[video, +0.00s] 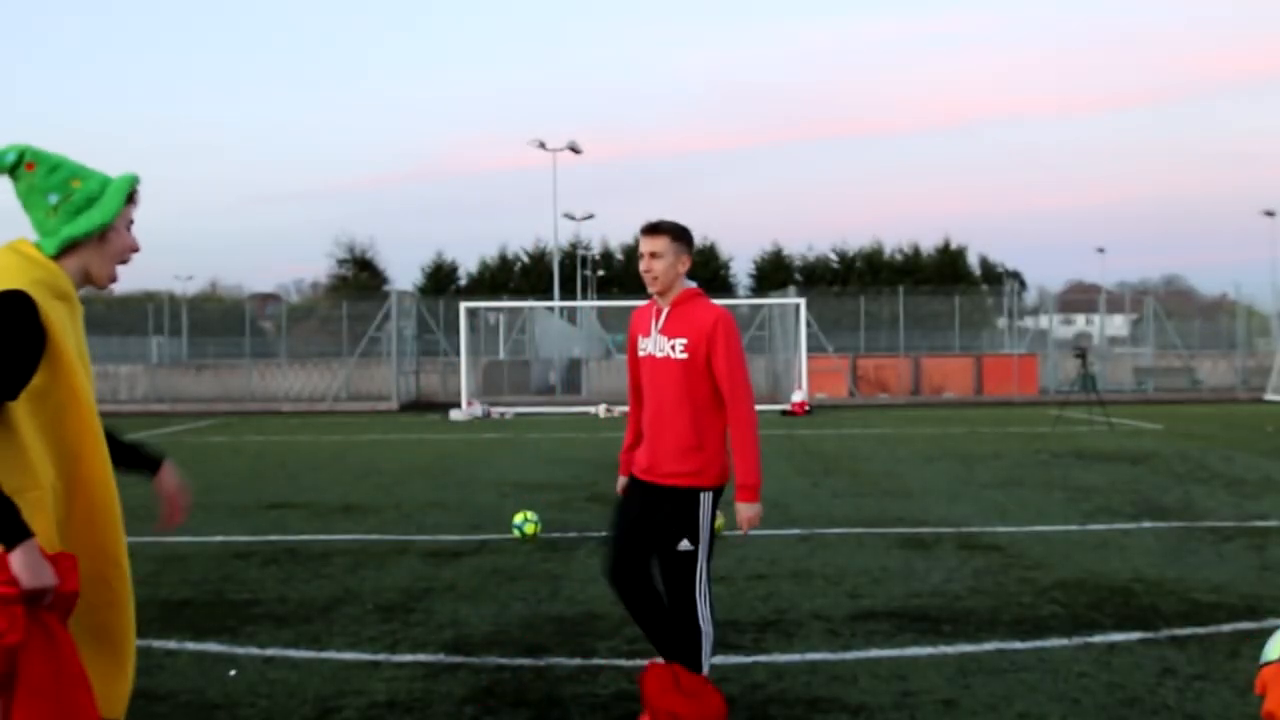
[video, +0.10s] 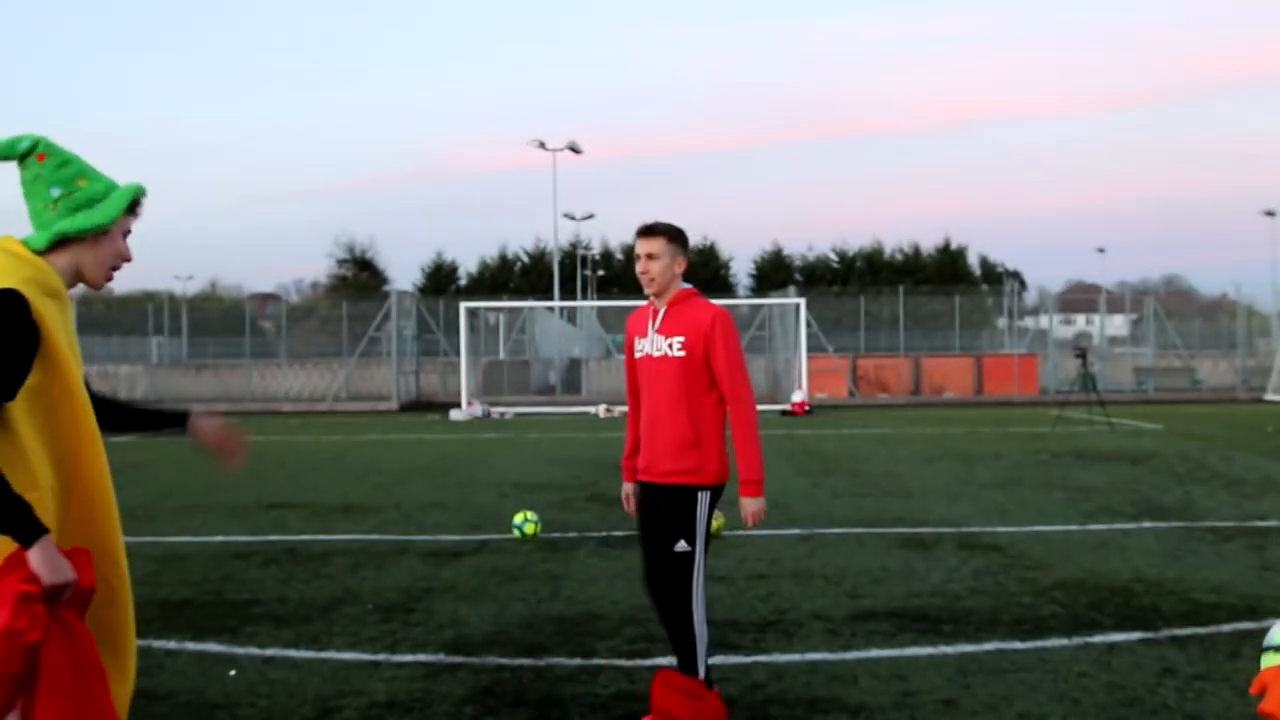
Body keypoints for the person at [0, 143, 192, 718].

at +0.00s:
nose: (134, 245)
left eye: (131, 227)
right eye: (126, 225)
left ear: (82, 228)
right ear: (85, 227)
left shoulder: (52, 303)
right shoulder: (21, 305)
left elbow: (67, 427)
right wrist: (16, 539)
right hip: (24, 581)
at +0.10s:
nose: (127, 256)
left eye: (128, 238)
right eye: (121, 236)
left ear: (76, 233)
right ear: (79, 230)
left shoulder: (45, 304)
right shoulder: (19, 303)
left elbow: (79, 412)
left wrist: (186, 420)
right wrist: (32, 537)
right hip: (21, 581)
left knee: (59, 695)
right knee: (36, 700)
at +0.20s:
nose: (124, 259)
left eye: (124, 241)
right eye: (117, 240)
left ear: (73, 236)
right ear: (74, 233)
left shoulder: (35, 313)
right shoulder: (13, 307)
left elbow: (107, 378)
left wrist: (221, 361)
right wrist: (48, 534)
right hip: (21, 579)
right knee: (27, 698)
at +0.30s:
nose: (119, 259)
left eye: (118, 240)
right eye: (113, 238)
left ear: (69, 235)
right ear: (72, 232)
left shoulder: (37, 313)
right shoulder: (11, 304)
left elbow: (112, 358)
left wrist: (227, 353)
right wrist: (50, 537)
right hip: (18, 581)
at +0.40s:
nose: (107, 262)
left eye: (108, 244)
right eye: (101, 242)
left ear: (57, 237)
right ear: (57, 236)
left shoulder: (26, 307)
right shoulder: (9, 306)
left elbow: (89, 367)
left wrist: (214, 393)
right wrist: (56, 547)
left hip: (31, 582)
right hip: (14, 589)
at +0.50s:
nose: (101, 268)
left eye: (104, 250)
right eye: (98, 248)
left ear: (52, 238)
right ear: (53, 235)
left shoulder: (21, 310)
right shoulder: (8, 310)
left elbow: (75, 410)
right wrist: (61, 545)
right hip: (10, 588)